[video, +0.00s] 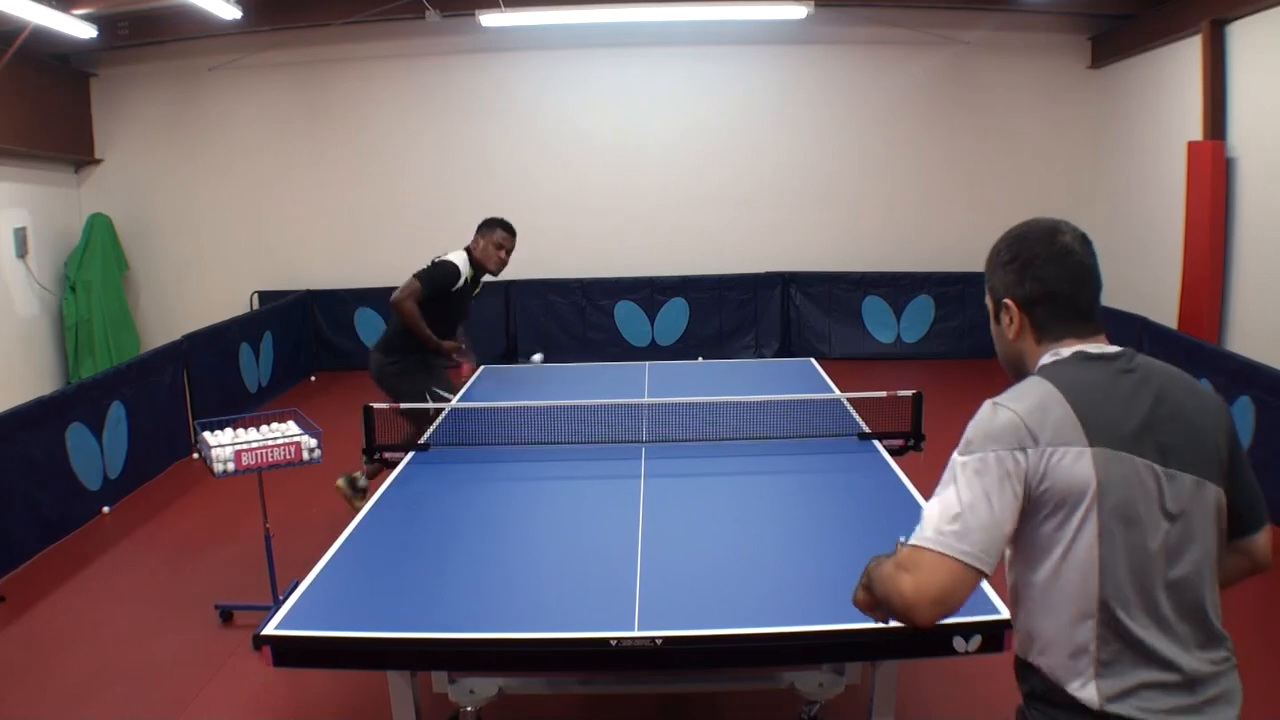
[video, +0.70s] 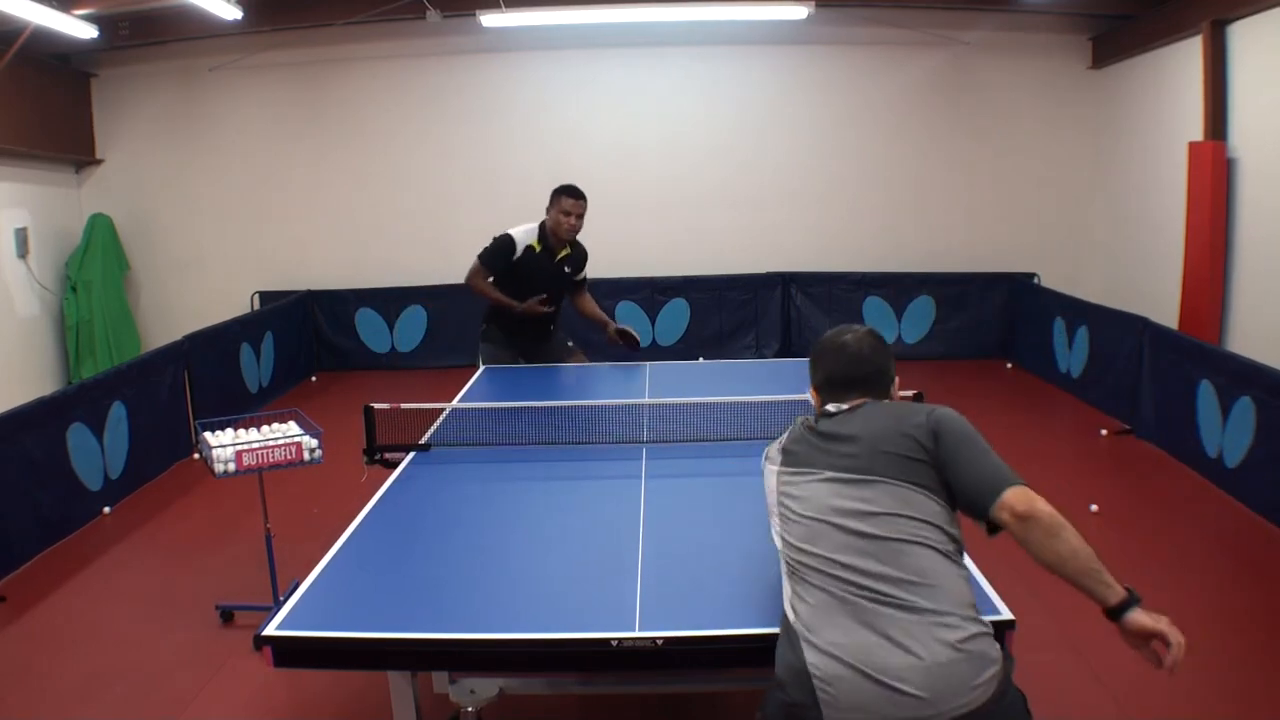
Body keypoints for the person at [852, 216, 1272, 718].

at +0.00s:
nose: (992, 332)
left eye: (991, 316)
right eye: (990, 315)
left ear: (1012, 317)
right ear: (1091, 301)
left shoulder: (1019, 418)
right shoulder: (1199, 401)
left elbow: (922, 598)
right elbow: (1254, 549)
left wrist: (880, 571)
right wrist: (1160, 586)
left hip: (1084, 703)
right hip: (1212, 700)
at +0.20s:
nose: (977, 339)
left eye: (976, 323)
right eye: (976, 323)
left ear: (994, 323)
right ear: (1070, 310)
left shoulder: (1005, 417)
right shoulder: (1163, 393)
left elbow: (880, 560)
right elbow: (1215, 519)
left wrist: (872, 525)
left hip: (1065, 698)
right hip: (1184, 694)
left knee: (970, 707)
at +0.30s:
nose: (940, 338)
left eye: (940, 322)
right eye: (940, 323)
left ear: (957, 324)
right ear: (1030, 309)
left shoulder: (958, 404)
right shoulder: (1124, 387)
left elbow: (815, 523)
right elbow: (1185, 504)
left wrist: (861, 531)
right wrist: (1094, 533)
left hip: (1021, 688)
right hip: (1143, 687)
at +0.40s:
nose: (893, 351)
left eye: (892, 342)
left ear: (903, 345)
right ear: (984, 335)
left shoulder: (882, 423)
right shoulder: (1068, 405)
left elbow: (748, 510)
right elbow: (1156, 514)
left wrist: (815, 518)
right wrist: (1117, 542)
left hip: (952, 694)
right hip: (1079, 692)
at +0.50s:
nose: (848, 372)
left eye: (848, 364)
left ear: (851, 376)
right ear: (934, 366)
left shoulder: (814, 446)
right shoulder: (1007, 425)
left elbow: (704, 501)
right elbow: (1117, 519)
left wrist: (782, 482)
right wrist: (1153, 582)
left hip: (890, 695)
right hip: (1021, 693)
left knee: (819, 699)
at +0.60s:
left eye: (822, 387)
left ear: (827, 395)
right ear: (910, 383)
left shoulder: (789, 455)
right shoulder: (958, 431)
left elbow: (716, 488)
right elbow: (1062, 519)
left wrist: (783, 467)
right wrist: (1147, 603)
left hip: (851, 698)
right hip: (979, 693)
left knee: (798, 686)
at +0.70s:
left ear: (812, 396)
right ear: (895, 386)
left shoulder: (779, 456)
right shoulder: (933, 425)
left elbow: (827, 439)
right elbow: (1023, 511)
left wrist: (877, 409)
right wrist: (1123, 606)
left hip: (829, 698)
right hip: (962, 692)